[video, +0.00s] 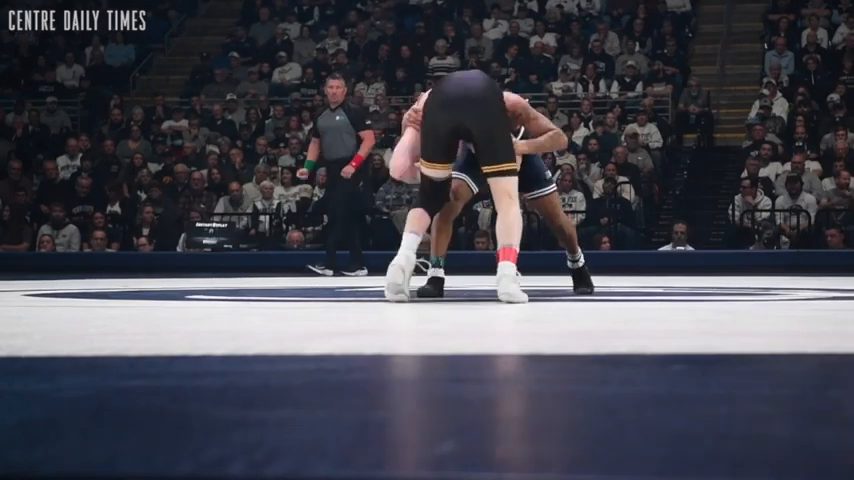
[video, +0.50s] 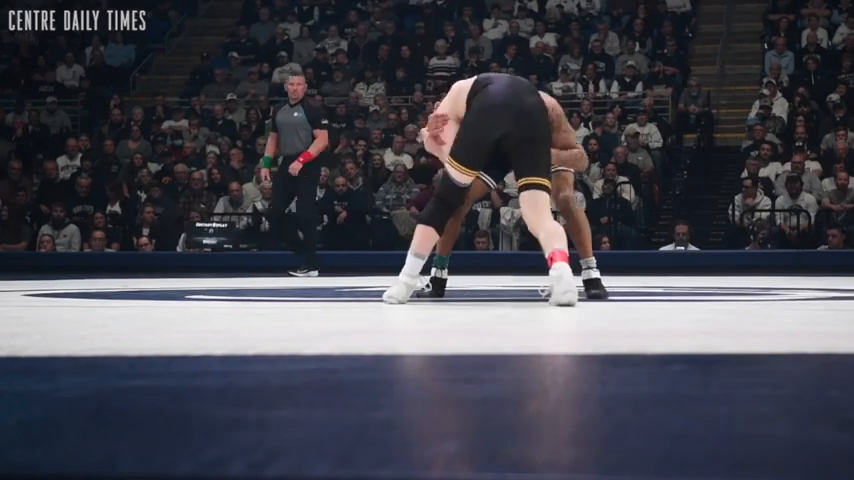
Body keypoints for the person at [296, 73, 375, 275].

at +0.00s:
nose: (334, 91)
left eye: (338, 87)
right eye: (330, 87)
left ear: (345, 90)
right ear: (325, 90)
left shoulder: (354, 112)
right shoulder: (321, 118)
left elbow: (369, 139)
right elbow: (315, 143)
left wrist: (354, 164)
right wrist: (307, 167)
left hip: (351, 168)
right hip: (332, 170)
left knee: (339, 214)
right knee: (344, 215)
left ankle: (330, 263)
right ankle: (357, 263)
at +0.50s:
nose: (295, 88)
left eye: (299, 84)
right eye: (292, 84)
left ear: (305, 86)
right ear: (286, 87)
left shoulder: (313, 108)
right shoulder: (279, 111)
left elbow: (322, 139)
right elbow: (273, 138)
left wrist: (301, 160)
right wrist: (266, 165)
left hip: (308, 165)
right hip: (286, 165)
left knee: (305, 212)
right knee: (276, 213)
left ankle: (311, 264)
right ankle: (302, 254)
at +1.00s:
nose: (240, 86)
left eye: (244, 82)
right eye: (237, 82)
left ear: (251, 85)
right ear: (230, 85)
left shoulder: (258, 106)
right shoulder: (226, 109)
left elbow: (271, 136)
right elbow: (220, 137)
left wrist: (256, 163)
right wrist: (212, 163)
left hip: (252, 163)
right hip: (231, 163)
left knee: (248, 211)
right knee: (234, 215)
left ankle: (281, 247)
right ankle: (240, 265)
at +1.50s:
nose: (191, 85)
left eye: (195, 81)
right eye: (188, 81)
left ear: (202, 82)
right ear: (182, 83)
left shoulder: (210, 106)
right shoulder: (176, 109)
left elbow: (223, 138)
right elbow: (167, 136)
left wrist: (220, 169)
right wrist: (160, 160)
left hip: (202, 164)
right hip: (183, 165)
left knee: (194, 212)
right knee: (191, 214)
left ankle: (190, 265)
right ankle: (227, 253)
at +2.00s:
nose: (134, 83)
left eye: (138, 78)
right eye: (130, 78)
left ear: (145, 80)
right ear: (123, 81)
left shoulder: (152, 103)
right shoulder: (118, 106)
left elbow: (161, 135)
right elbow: (114, 137)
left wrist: (140, 159)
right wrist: (108, 165)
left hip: (150, 164)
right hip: (126, 166)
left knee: (162, 211)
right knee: (119, 213)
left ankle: (184, 260)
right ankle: (113, 265)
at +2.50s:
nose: (81, 78)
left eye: (85, 74)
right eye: (77, 74)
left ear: (91, 76)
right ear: (69, 76)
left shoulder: (99, 100)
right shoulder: (62, 103)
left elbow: (115, 132)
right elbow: (52, 131)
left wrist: (109, 164)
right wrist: (40, 155)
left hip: (94, 160)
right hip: (74, 162)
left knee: (78, 209)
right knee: (93, 212)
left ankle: (60, 264)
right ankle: (109, 263)